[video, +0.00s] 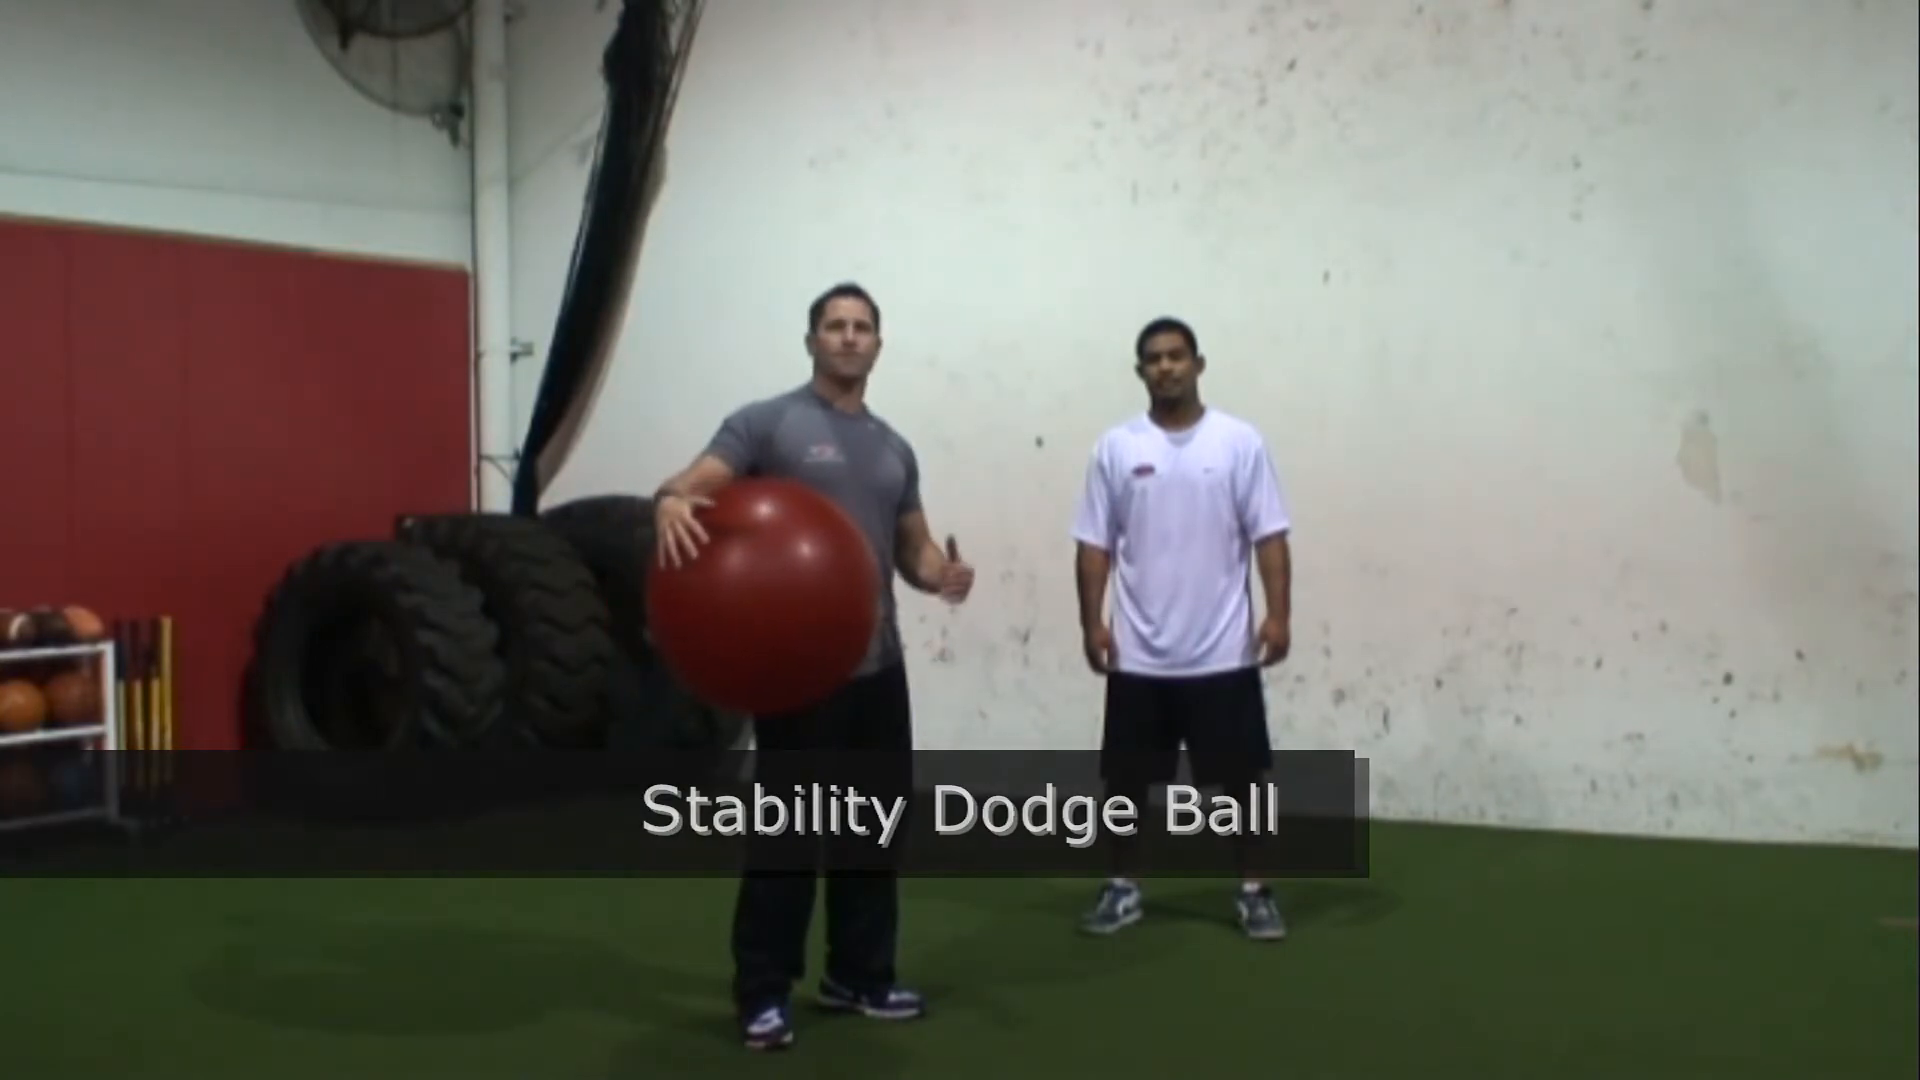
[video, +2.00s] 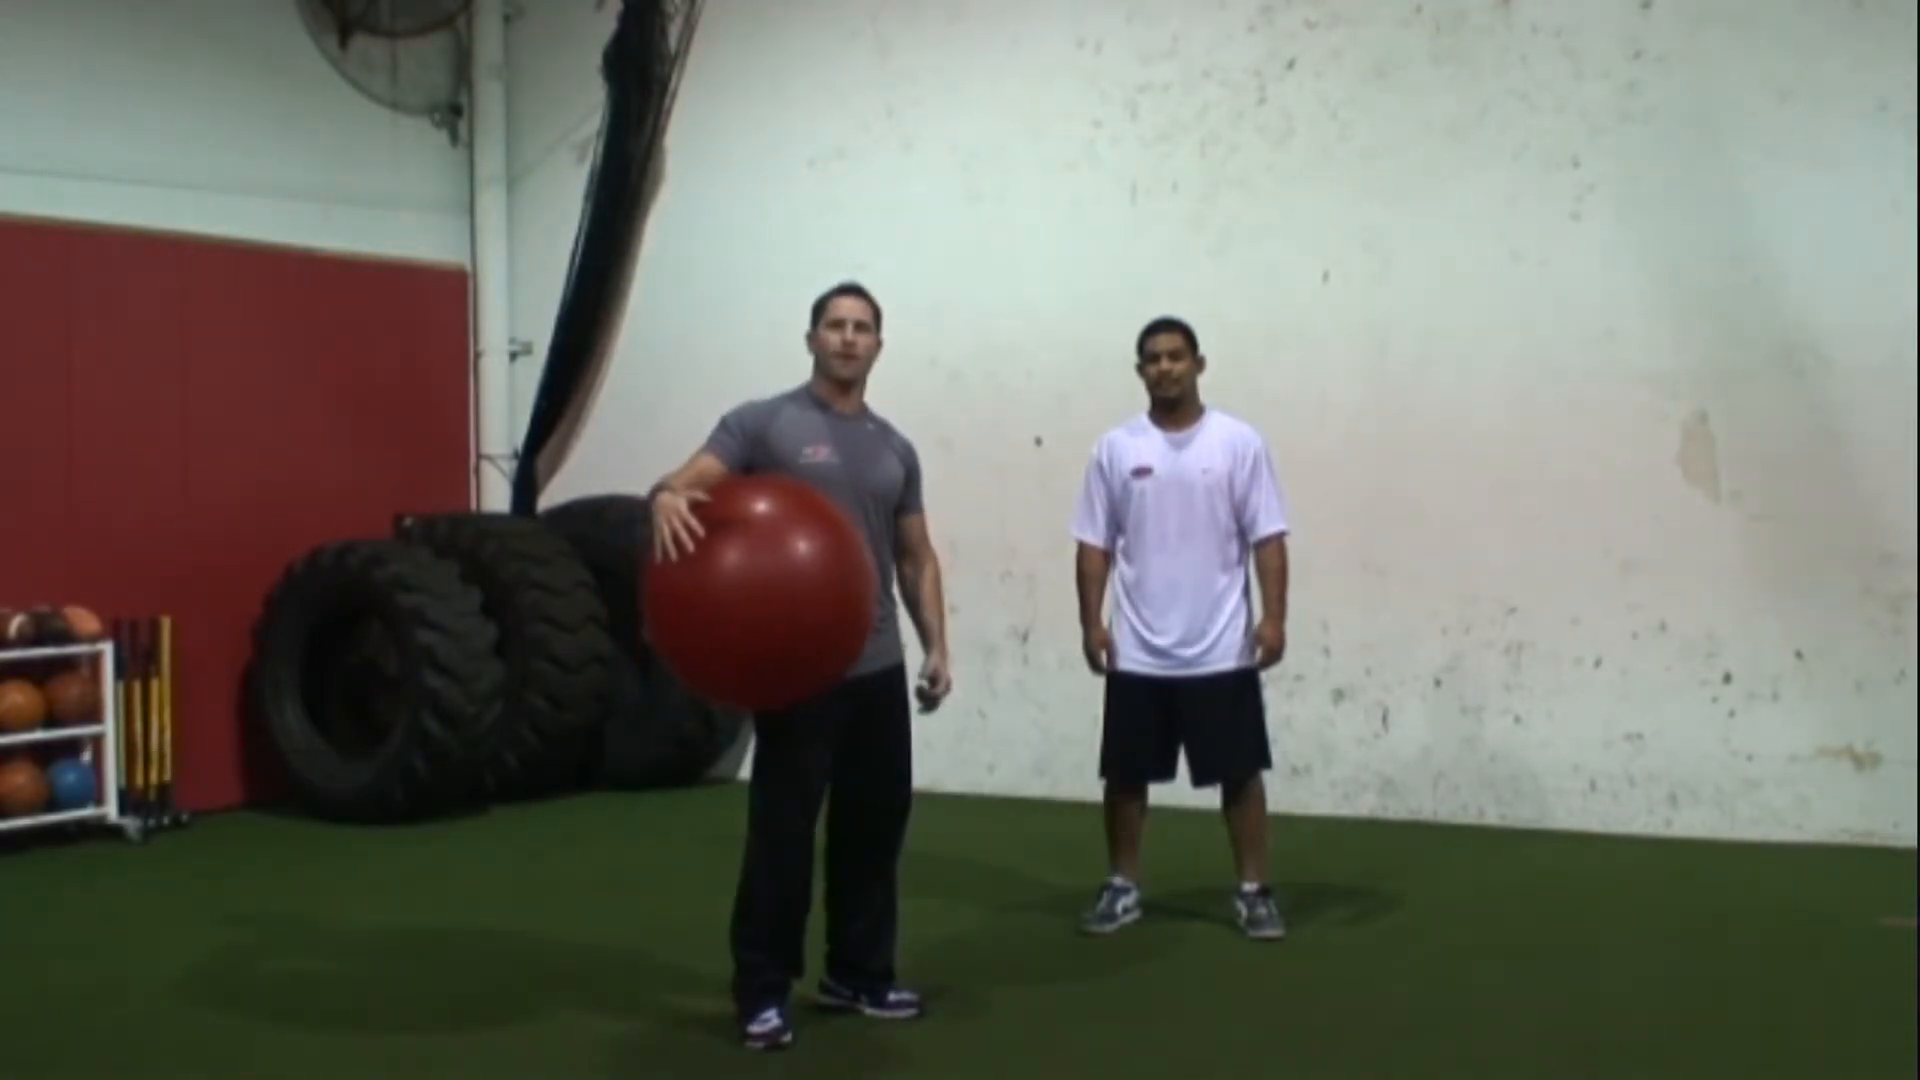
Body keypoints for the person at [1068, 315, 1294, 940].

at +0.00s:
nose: (1166, 367)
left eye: (1176, 356)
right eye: (1154, 359)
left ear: (1198, 364)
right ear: (1140, 372)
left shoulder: (1240, 442)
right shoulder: (1117, 448)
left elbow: (1270, 533)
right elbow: (1094, 541)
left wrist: (1278, 613)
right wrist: (1093, 622)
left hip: (1222, 646)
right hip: (1140, 647)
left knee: (1242, 780)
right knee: (1124, 780)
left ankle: (1254, 888)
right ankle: (1123, 884)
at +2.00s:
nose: (1164, 367)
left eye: (1175, 357)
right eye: (1153, 359)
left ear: (1198, 365)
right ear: (1140, 371)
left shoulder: (1239, 443)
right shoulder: (1116, 449)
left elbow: (1268, 536)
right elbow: (1093, 540)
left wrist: (1273, 617)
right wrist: (1092, 621)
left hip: (1221, 645)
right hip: (1139, 646)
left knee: (1242, 776)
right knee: (1124, 777)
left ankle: (1254, 888)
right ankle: (1122, 883)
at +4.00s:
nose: (1178, 367)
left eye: (1187, 357)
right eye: (1164, 359)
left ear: (1204, 366)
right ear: (1145, 372)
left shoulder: (1245, 442)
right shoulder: (1119, 449)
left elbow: (1277, 524)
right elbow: (1095, 539)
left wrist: (1230, 548)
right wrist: (1094, 620)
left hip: (1222, 646)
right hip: (1141, 647)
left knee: (1242, 776)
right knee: (1125, 777)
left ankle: (1254, 888)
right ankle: (1122, 884)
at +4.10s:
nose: (1189, 369)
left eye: (1197, 359)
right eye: (1175, 361)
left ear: (1210, 367)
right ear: (1151, 373)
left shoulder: (1242, 440)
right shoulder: (1121, 448)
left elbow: (1268, 522)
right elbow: (1095, 539)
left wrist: (1197, 486)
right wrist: (1094, 620)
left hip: (1222, 644)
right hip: (1141, 645)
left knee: (1243, 777)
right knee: (1125, 777)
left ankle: (1254, 888)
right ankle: (1122, 883)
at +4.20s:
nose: (1196, 371)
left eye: (1202, 360)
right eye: (1182, 363)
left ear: (1214, 366)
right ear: (1156, 373)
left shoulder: (1238, 438)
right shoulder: (1122, 447)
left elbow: (1251, 508)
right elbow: (1096, 538)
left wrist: (1184, 449)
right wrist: (1097, 619)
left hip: (1222, 645)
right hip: (1141, 645)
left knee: (1243, 778)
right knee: (1126, 777)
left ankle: (1254, 888)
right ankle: (1122, 883)